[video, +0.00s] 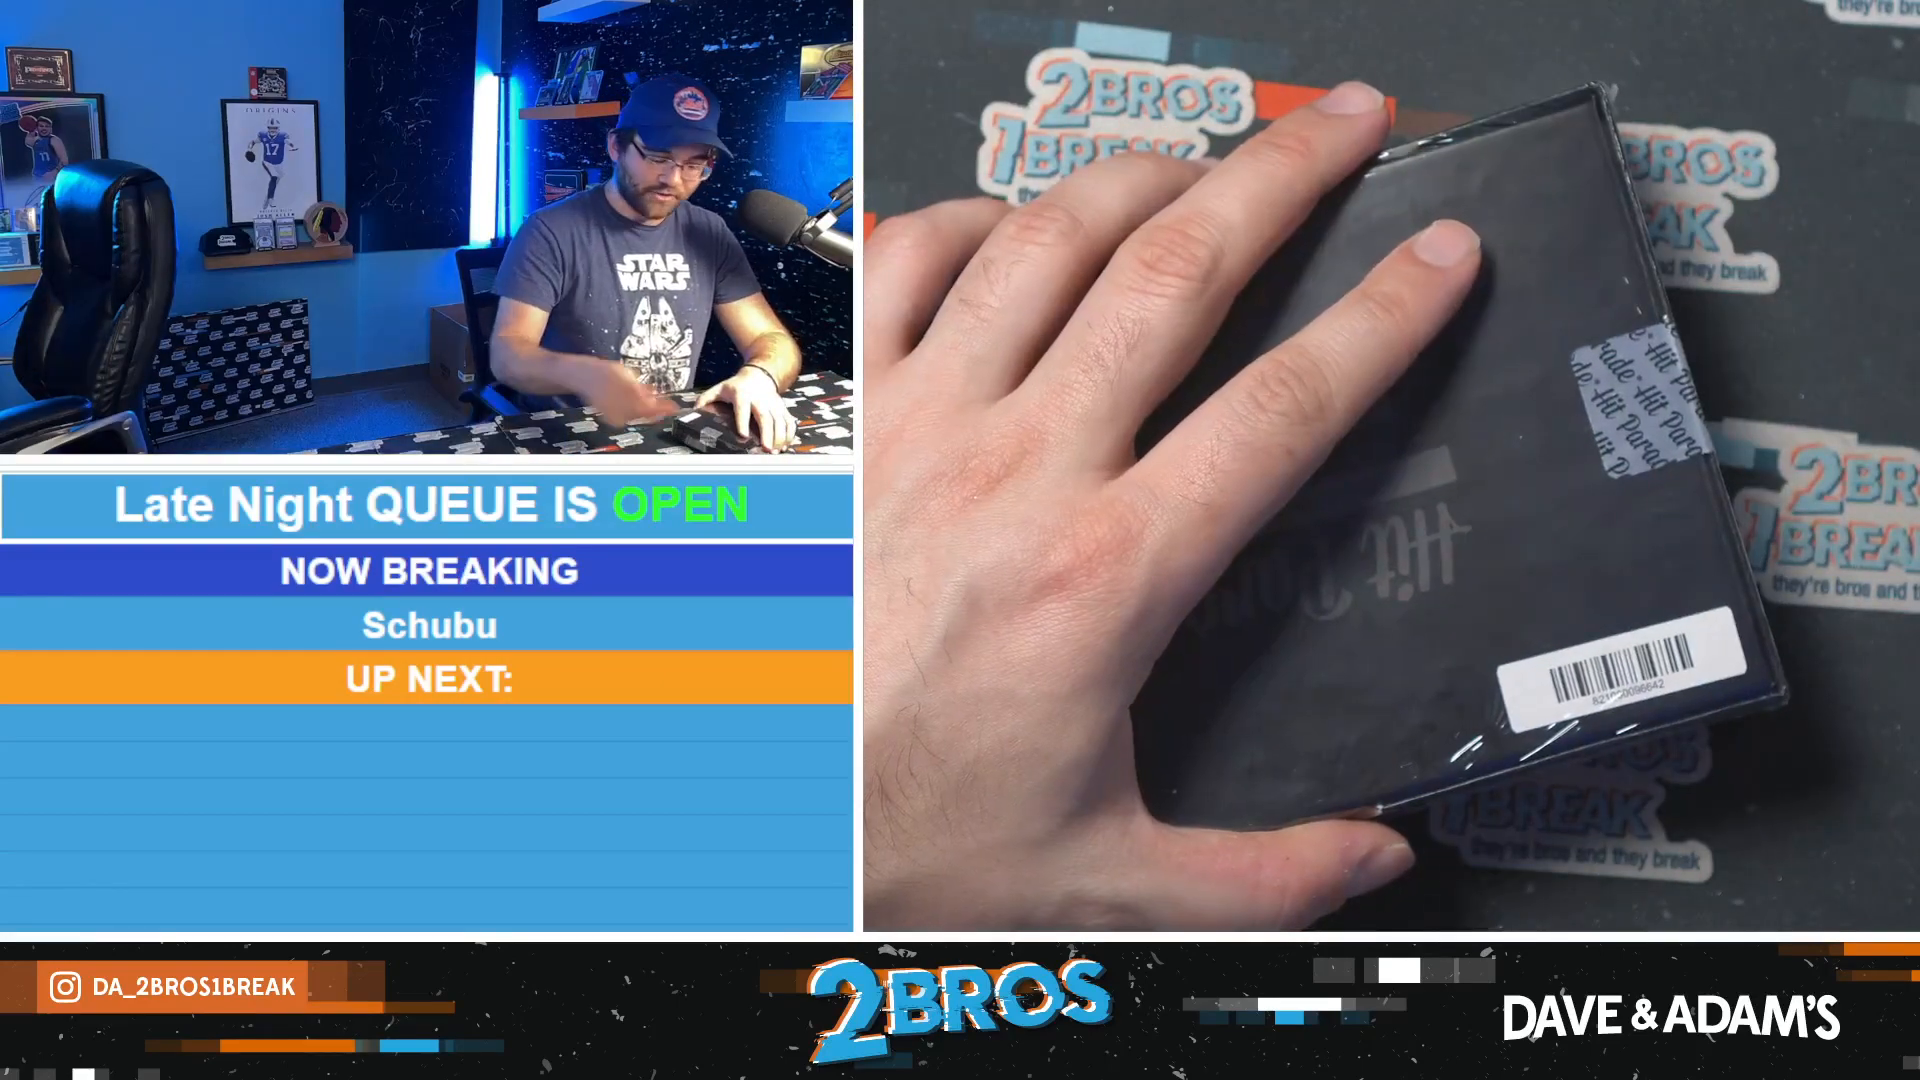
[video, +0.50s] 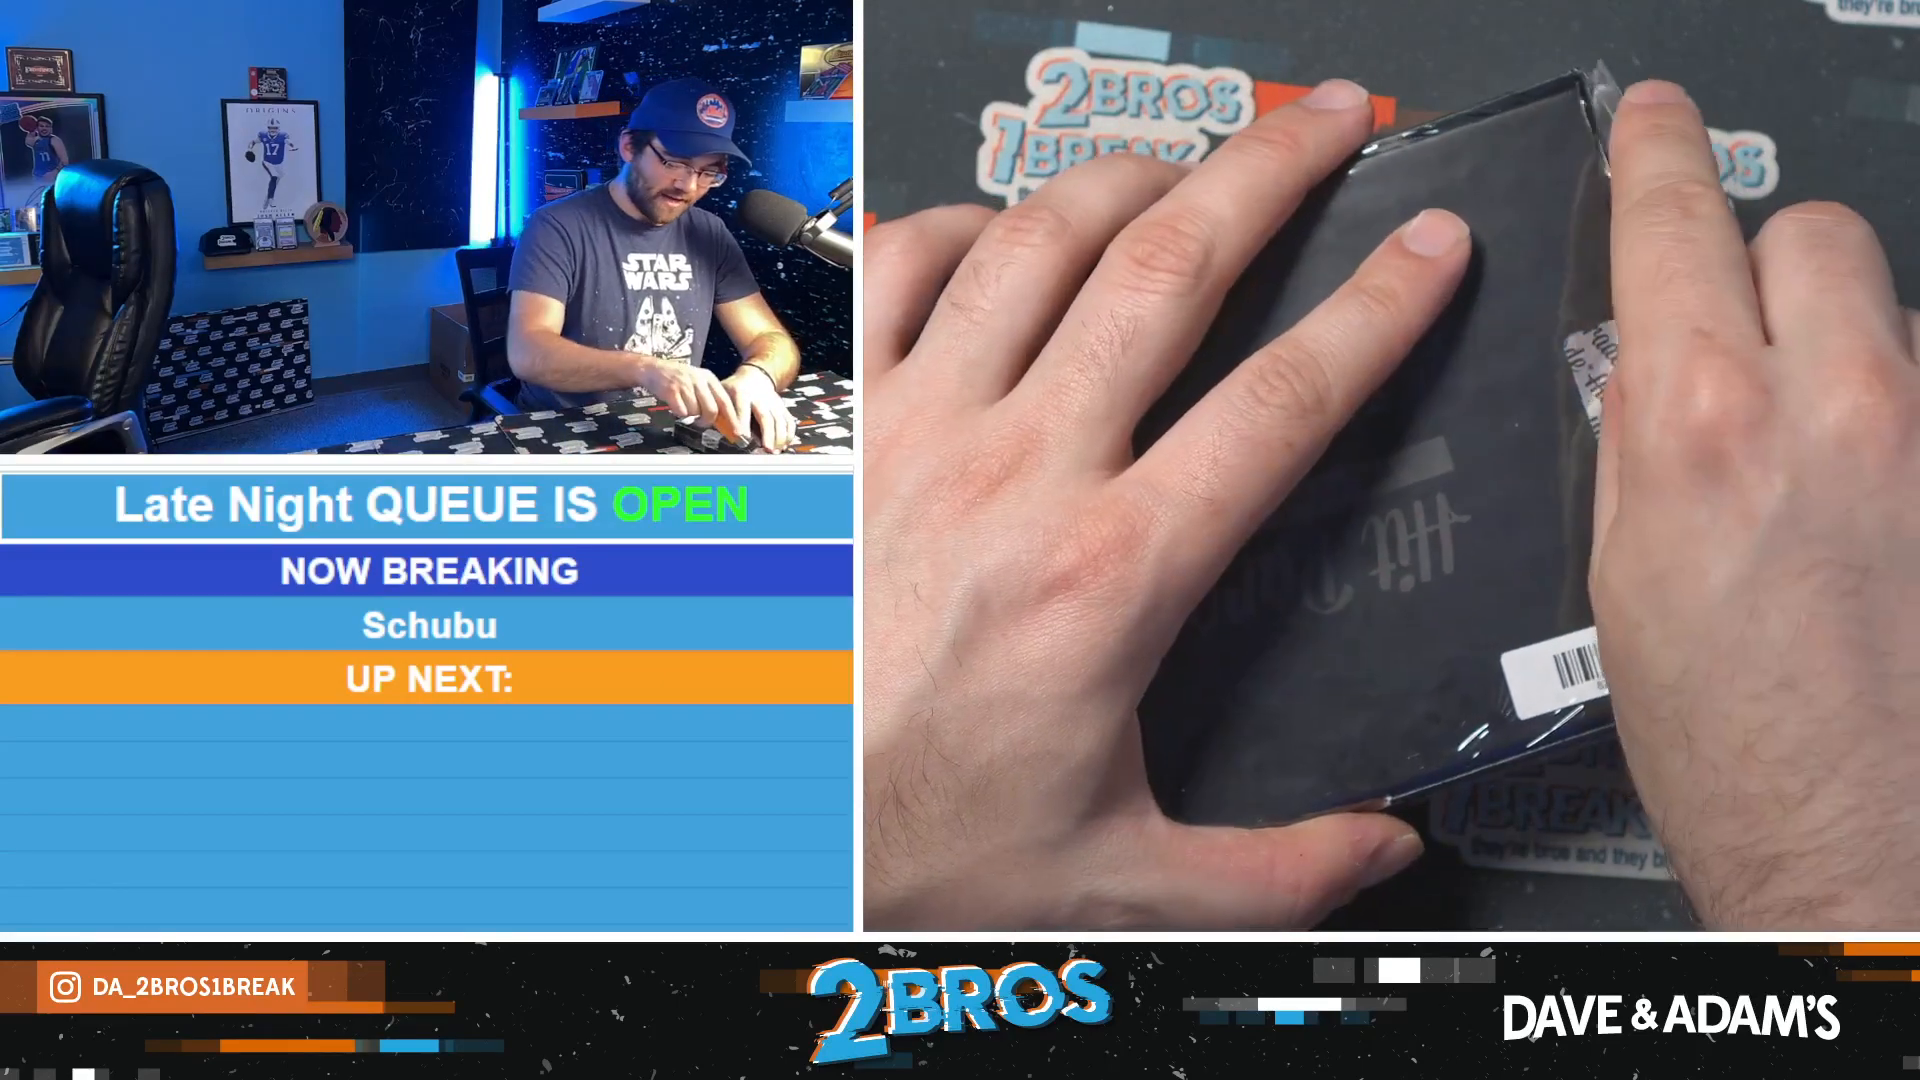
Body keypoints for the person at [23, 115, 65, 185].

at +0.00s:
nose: (44, 128)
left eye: (47, 126)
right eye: (41, 126)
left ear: (50, 128)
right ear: (37, 128)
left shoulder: (54, 140)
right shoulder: (35, 140)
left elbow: (64, 160)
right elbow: (28, 141)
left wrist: (53, 173)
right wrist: (31, 132)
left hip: (50, 177)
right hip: (37, 176)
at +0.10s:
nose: (44, 128)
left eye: (47, 126)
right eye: (41, 126)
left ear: (50, 128)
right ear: (37, 128)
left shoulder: (54, 140)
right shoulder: (35, 140)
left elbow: (64, 160)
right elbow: (28, 141)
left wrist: (53, 173)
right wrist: (31, 132)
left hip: (50, 177)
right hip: (37, 176)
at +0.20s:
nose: (44, 128)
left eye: (47, 126)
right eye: (41, 126)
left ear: (50, 128)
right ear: (37, 128)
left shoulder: (54, 140)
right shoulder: (35, 140)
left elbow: (64, 160)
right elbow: (28, 141)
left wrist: (53, 173)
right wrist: (31, 132)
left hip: (50, 177)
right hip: (37, 176)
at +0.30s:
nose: (44, 128)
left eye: (47, 126)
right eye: (41, 126)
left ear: (51, 128)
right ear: (37, 128)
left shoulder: (54, 140)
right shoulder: (35, 140)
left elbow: (64, 160)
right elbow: (28, 141)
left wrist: (53, 173)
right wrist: (31, 132)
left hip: (51, 177)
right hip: (37, 176)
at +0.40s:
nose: (44, 128)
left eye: (47, 126)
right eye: (41, 126)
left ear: (51, 128)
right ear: (37, 128)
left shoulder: (54, 140)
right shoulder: (35, 140)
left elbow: (64, 160)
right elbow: (28, 141)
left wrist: (53, 173)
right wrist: (31, 132)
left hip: (51, 177)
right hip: (37, 176)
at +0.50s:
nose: (44, 128)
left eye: (47, 126)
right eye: (41, 126)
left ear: (51, 128)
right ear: (37, 128)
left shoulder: (54, 140)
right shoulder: (35, 140)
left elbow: (64, 160)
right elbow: (28, 141)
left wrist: (53, 173)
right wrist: (31, 132)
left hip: (51, 177)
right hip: (37, 176)